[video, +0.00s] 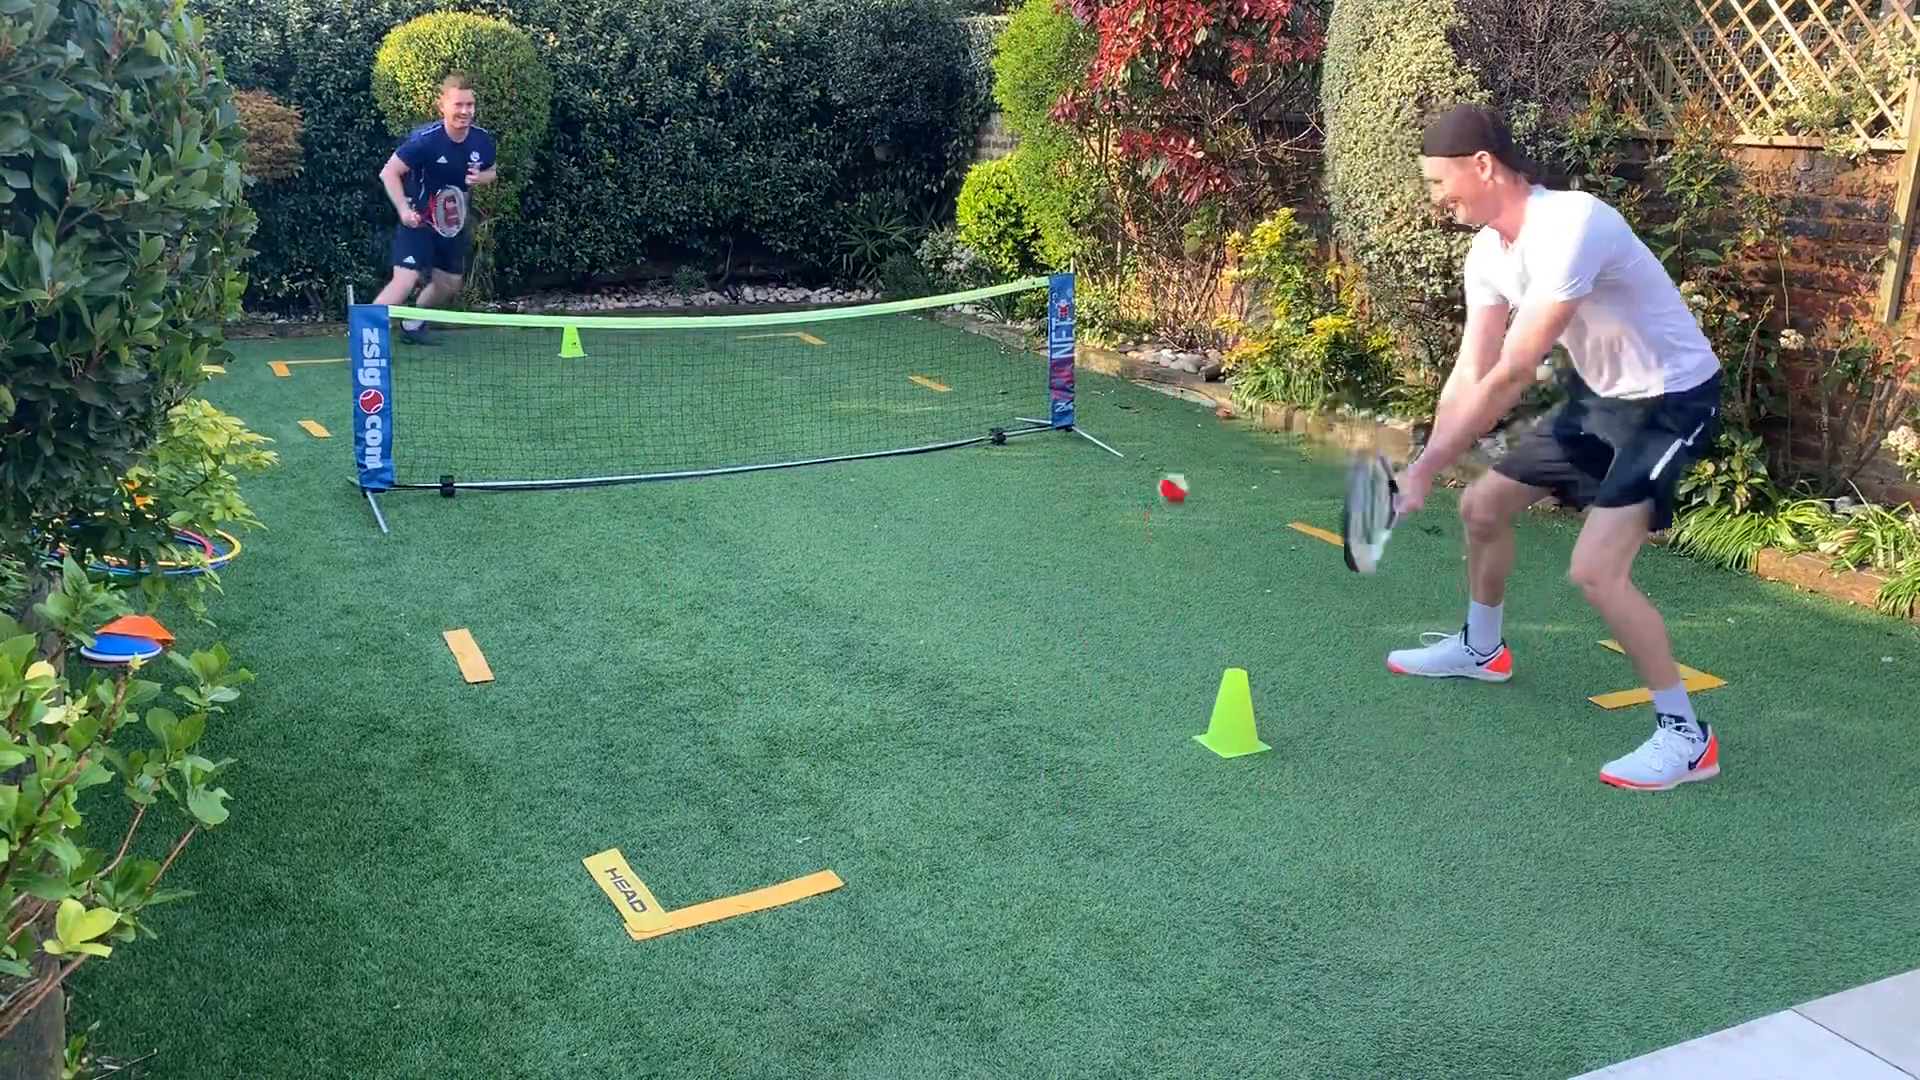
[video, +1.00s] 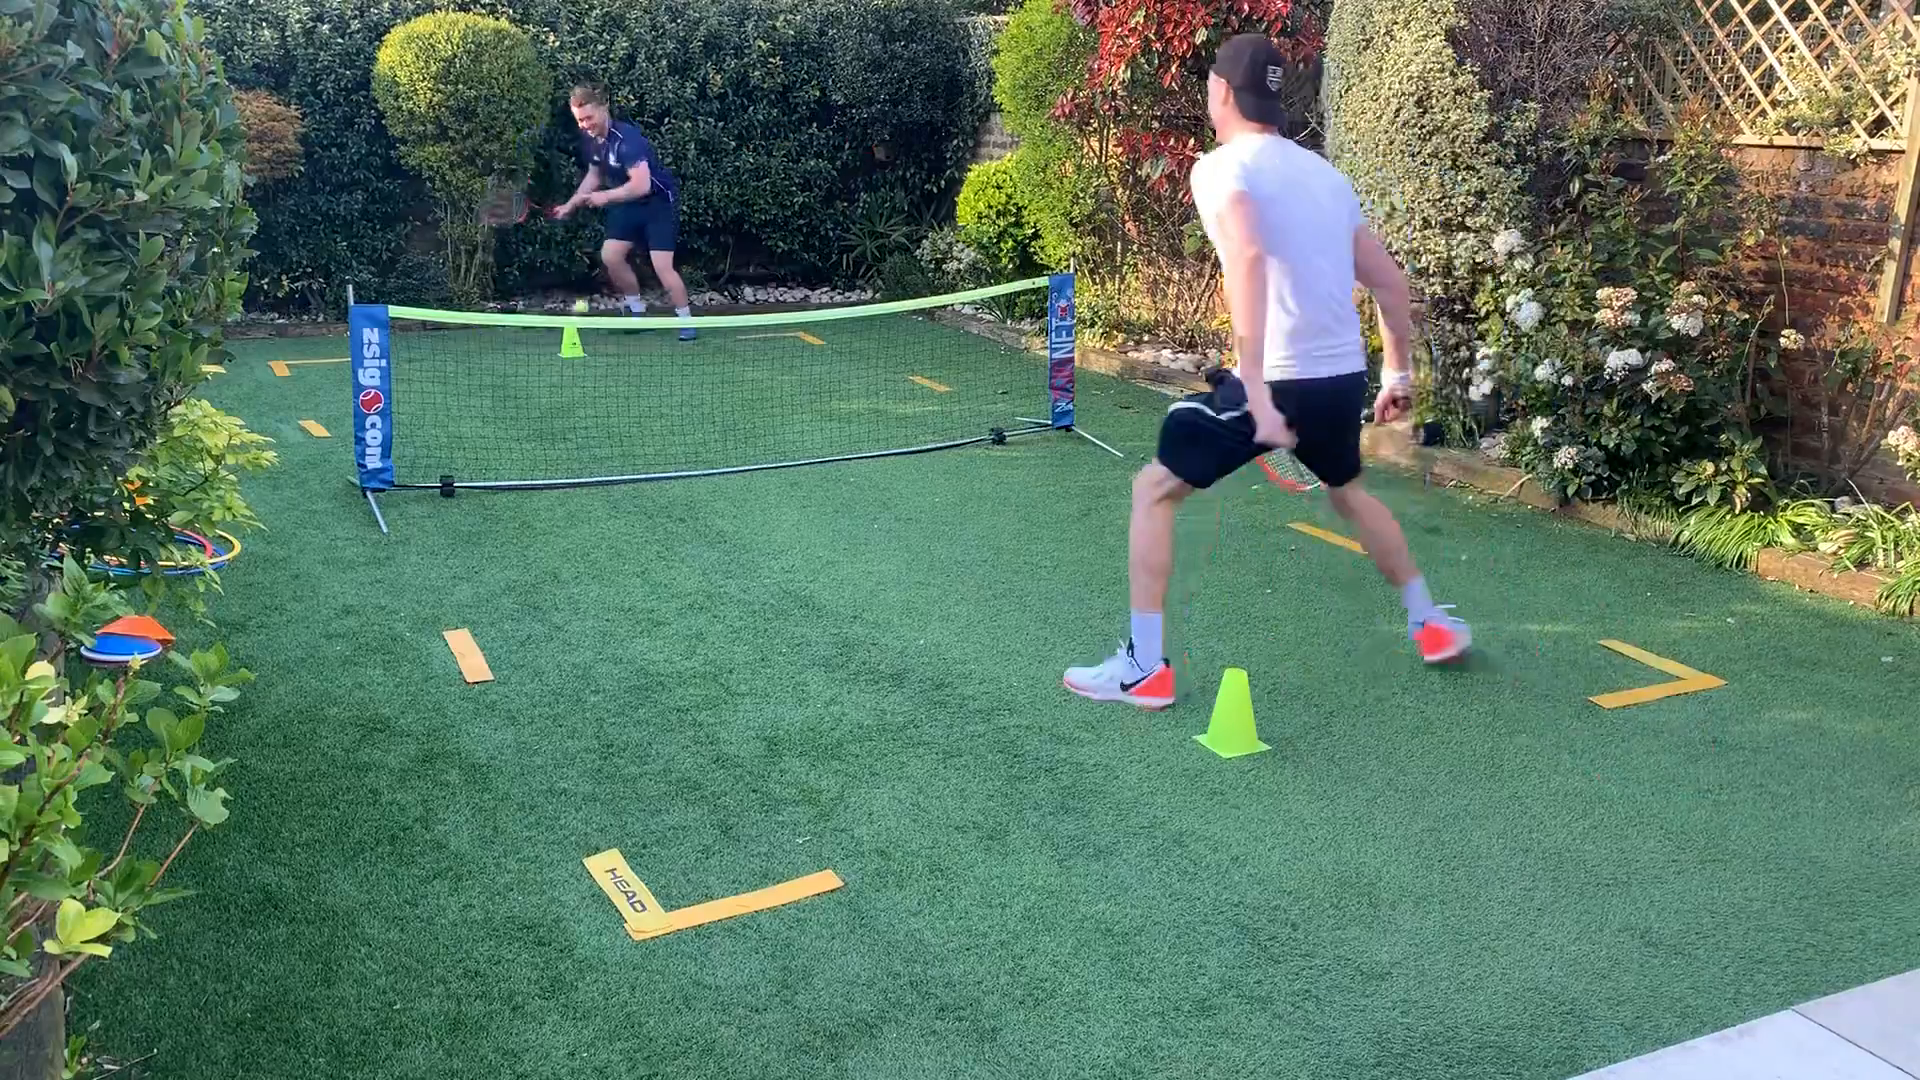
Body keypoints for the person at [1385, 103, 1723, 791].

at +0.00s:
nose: (1436, 200)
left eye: (1440, 182)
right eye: (1430, 186)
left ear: (1485, 166)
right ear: (1478, 172)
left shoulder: (1576, 224)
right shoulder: (1488, 253)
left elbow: (1517, 371)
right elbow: (1471, 371)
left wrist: (1427, 464)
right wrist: (1424, 466)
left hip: (1674, 399)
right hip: (1601, 398)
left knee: (1597, 571)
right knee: (1483, 507)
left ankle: (1685, 734)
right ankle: (1482, 647)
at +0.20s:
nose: (1465, 179)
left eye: (1470, 162)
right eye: (1460, 165)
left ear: (1515, 149)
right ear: (1506, 154)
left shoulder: (1570, 220)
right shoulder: (1528, 229)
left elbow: (1478, 348)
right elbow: (1501, 351)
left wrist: (1383, 401)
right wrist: (1458, 373)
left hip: (1668, 412)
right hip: (1609, 404)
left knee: (1567, 586)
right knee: (1486, 501)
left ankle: (1682, 734)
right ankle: (1484, 647)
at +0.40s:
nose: (1453, 116)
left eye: (1458, 101)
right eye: (1454, 101)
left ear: (1488, 104)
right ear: (1507, 104)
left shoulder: (1531, 178)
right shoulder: (1544, 175)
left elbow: (1441, 286)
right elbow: (1539, 305)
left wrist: (1391, 273)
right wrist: (1447, 307)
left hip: (1608, 396)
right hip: (1557, 387)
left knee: (1560, 585)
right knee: (1457, 493)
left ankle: (1683, 734)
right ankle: (1501, 637)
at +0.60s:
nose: (1408, 109)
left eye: (1413, 97)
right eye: (1410, 96)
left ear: (1436, 105)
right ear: (1469, 106)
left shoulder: (1447, 182)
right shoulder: (1514, 176)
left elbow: (1423, 322)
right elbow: (1492, 302)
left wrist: (1372, 347)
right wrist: (1413, 320)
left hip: (1505, 391)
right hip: (1526, 379)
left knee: (1447, 568)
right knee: (1429, 496)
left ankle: (1606, 666)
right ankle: (1506, 631)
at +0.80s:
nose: (1312, 134)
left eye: (1316, 121)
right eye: (1312, 121)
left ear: (1336, 125)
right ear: (1370, 123)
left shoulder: (1367, 194)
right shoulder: (1424, 185)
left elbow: (1367, 313)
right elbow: (1415, 305)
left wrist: (1286, 393)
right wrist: (1318, 335)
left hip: (1424, 397)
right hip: (1468, 391)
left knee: (1265, 479)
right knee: (1411, 511)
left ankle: (1303, 639)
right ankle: (1502, 633)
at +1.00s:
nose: (1206, 96)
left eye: (1209, 85)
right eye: (1209, 84)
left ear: (1222, 92)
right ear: (1276, 93)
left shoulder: (1222, 165)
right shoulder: (1326, 173)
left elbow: (1246, 256)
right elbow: (1388, 279)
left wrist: (1253, 385)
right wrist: (1398, 370)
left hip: (1271, 385)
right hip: (1344, 382)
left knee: (1152, 490)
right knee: (1349, 491)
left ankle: (1143, 662)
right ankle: (1428, 618)